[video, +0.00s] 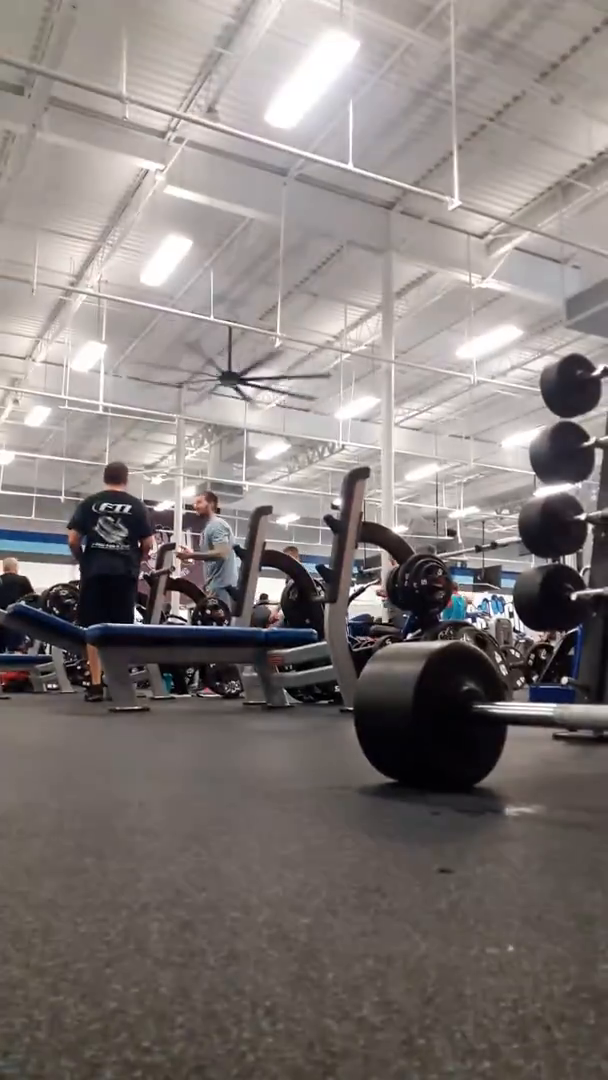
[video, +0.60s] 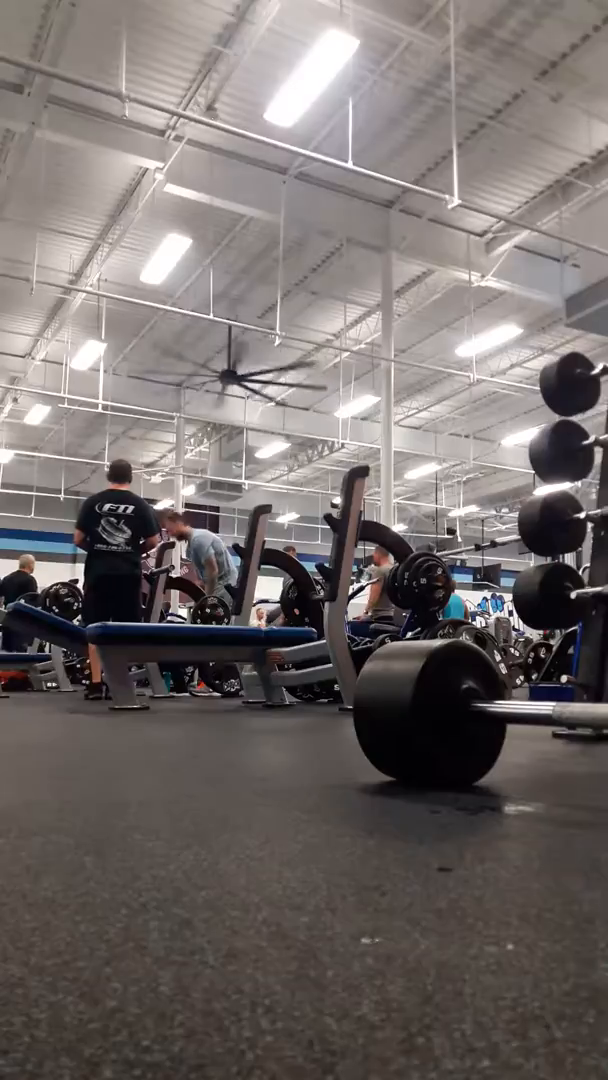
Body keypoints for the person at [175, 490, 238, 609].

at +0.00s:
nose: (195, 506)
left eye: (199, 502)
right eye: (195, 503)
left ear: (210, 504)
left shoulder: (217, 525)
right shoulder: (210, 526)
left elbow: (222, 552)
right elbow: (213, 552)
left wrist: (192, 555)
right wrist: (192, 553)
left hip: (221, 583)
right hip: (215, 581)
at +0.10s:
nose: (192, 510)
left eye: (195, 506)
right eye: (192, 507)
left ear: (206, 505)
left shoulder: (216, 526)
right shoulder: (206, 529)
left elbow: (221, 553)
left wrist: (192, 555)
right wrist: (190, 555)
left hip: (221, 583)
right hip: (211, 582)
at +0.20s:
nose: (189, 512)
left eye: (192, 507)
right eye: (187, 508)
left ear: (203, 508)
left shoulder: (216, 529)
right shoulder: (198, 535)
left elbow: (220, 554)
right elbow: (198, 563)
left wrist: (193, 564)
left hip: (222, 584)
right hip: (209, 585)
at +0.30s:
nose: (184, 512)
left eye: (188, 507)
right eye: (184, 508)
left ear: (199, 509)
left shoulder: (212, 530)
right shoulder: (195, 536)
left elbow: (219, 559)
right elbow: (199, 565)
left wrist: (196, 575)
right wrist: (188, 573)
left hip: (221, 587)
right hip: (208, 587)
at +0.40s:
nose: (180, 515)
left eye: (183, 510)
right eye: (178, 512)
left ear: (194, 510)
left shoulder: (210, 532)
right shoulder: (191, 542)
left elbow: (217, 562)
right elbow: (198, 571)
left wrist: (202, 586)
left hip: (222, 588)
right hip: (210, 588)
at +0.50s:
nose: (175, 523)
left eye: (176, 518)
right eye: (173, 520)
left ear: (188, 515)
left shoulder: (205, 536)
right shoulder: (191, 542)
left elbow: (215, 566)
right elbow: (198, 571)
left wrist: (206, 589)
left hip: (223, 585)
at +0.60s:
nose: (170, 535)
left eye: (170, 530)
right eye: (168, 531)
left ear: (179, 523)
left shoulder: (199, 540)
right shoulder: (192, 544)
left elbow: (213, 571)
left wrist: (208, 599)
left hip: (226, 583)